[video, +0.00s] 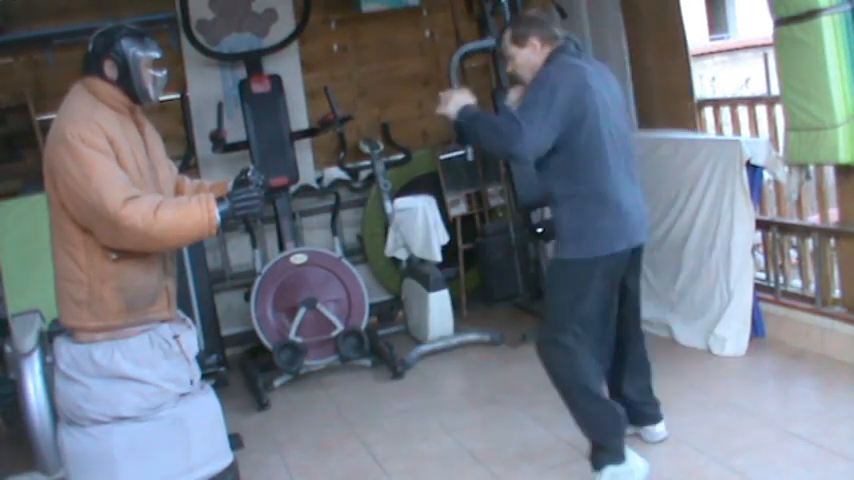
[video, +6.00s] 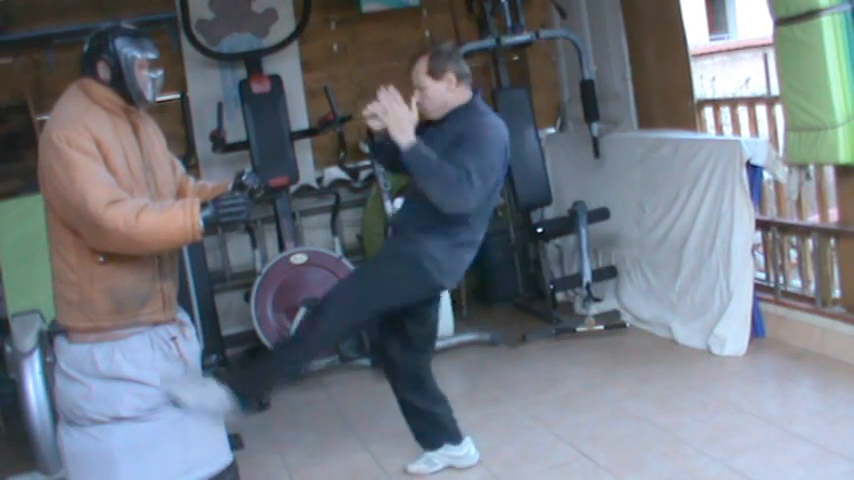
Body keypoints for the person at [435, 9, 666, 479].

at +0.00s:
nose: (512, 71)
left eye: (512, 60)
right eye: (508, 63)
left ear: (535, 44)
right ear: (545, 43)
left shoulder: (560, 77)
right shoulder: (598, 72)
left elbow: (524, 142)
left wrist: (465, 113)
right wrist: (525, 103)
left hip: (590, 234)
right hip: (628, 225)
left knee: (559, 339)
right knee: (621, 327)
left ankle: (613, 453)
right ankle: (645, 417)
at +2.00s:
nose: (427, 82)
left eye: (430, 72)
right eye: (423, 75)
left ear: (458, 60)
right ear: (453, 63)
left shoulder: (486, 93)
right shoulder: (476, 94)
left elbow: (492, 152)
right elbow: (479, 160)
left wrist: (428, 121)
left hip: (507, 237)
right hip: (513, 230)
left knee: (485, 338)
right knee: (524, 319)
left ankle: (504, 452)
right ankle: (575, 394)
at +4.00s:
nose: (357, 102)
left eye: (360, 91)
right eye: (355, 93)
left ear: (385, 78)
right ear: (384, 81)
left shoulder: (427, 112)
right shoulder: (394, 119)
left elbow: (374, 150)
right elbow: (366, 195)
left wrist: (320, 140)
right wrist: (340, 161)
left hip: (409, 246)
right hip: (368, 232)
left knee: (399, 355)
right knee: (280, 226)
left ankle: (456, 460)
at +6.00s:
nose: (415, 96)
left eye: (421, 88)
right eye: (414, 88)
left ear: (453, 84)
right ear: (449, 84)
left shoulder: (486, 129)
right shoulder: (440, 120)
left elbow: (460, 196)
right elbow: (401, 166)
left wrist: (409, 140)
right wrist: (380, 135)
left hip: (432, 256)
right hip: (408, 249)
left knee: (337, 309)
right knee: (401, 350)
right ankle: (449, 444)